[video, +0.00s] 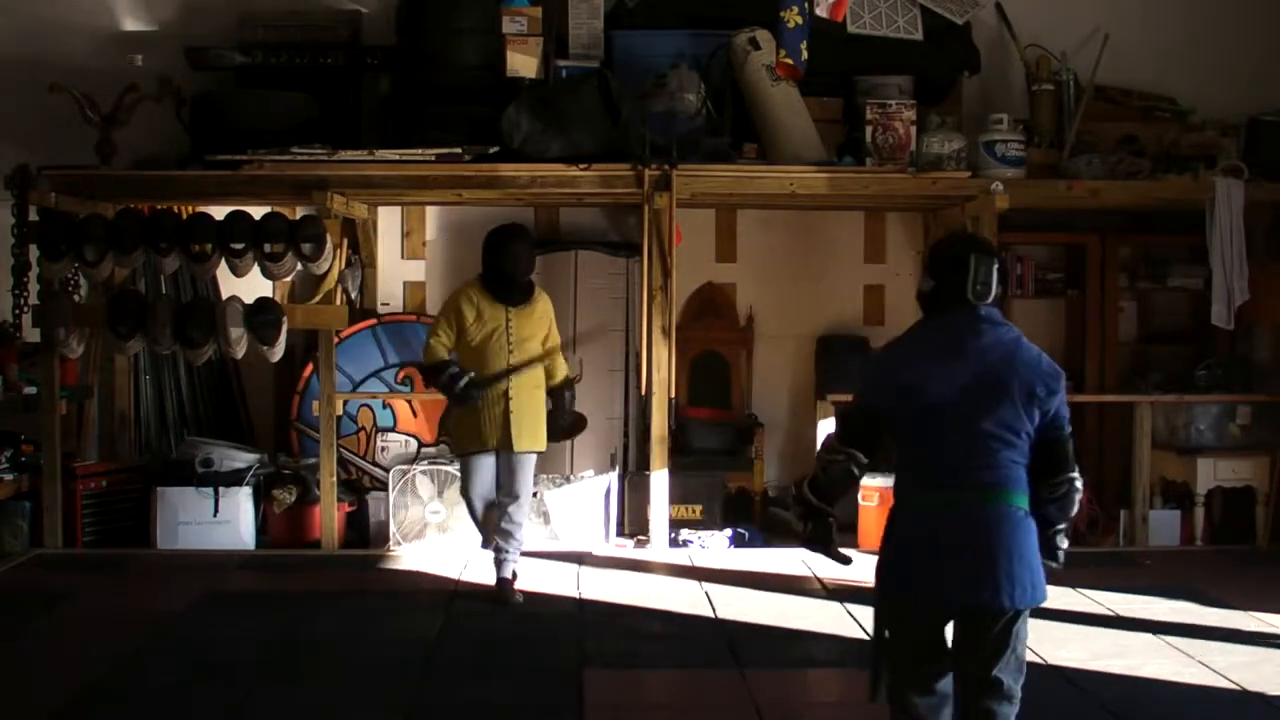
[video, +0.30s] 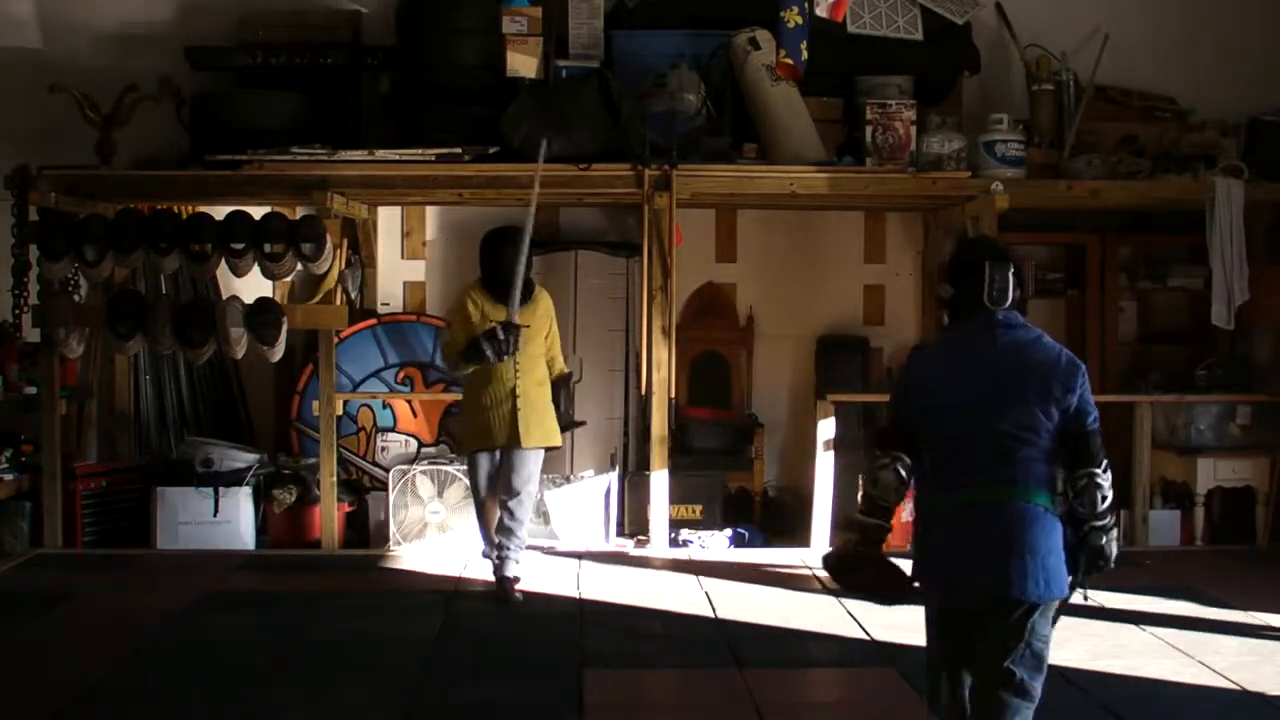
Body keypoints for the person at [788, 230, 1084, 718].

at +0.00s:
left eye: (926, 281)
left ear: (928, 287)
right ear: (993, 290)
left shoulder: (897, 359)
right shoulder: (1035, 367)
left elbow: (850, 451)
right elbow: (1058, 479)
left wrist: (812, 503)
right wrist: (1049, 542)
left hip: (914, 551)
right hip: (1001, 552)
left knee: (918, 690)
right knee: (995, 693)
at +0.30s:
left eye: (954, 287)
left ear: (953, 291)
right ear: (1015, 292)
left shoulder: (924, 364)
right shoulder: (1059, 365)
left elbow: (889, 464)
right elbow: (1089, 473)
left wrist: (867, 538)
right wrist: (1099, 543)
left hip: (947, 550)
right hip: (1029, 551)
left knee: (951, 685)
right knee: (1014, 692)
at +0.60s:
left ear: (967, 287)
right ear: (1033, 286)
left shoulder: (940, 357)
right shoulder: (1069, 352)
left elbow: (910, 457)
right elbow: (1111, 455)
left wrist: (921, 521)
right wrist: (1133, 516)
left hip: (972, 535)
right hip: (1051, 535)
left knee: (981, 678)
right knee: (1071, 664)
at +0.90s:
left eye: (1024, 285)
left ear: (1020, 290)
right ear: (1077, 290)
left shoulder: (993, 356)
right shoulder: (1119, 358)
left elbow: (955, 459)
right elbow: (1151, 468)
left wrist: (987, 503)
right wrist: (1167, 517)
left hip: (1016, 532)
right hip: (1098, 536)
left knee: (1003, 681)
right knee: (1130, 683)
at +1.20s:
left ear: (1089, 291)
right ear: (1148, 289)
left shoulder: (1063, 355)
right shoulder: (1187, 358)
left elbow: (1024, 445)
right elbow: (1225, 453)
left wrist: (1025, 510)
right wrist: (1241, 517)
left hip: (1084, 527)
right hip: (1163, 530)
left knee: (1060, 656)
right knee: (1165, 668)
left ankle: (1040, 716)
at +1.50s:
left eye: (1127, 284)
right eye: (1175, 284)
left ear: (1123, 288)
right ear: (1179, 289)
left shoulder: (1093, 352)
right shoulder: (1211, 357)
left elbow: (1050, 440)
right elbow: (1244, 449)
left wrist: (1062, 489)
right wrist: (1258, 470)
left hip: (1106, 520)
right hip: (1182, 523)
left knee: (1112, 655)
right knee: (1175, 660)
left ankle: (1122, 717)